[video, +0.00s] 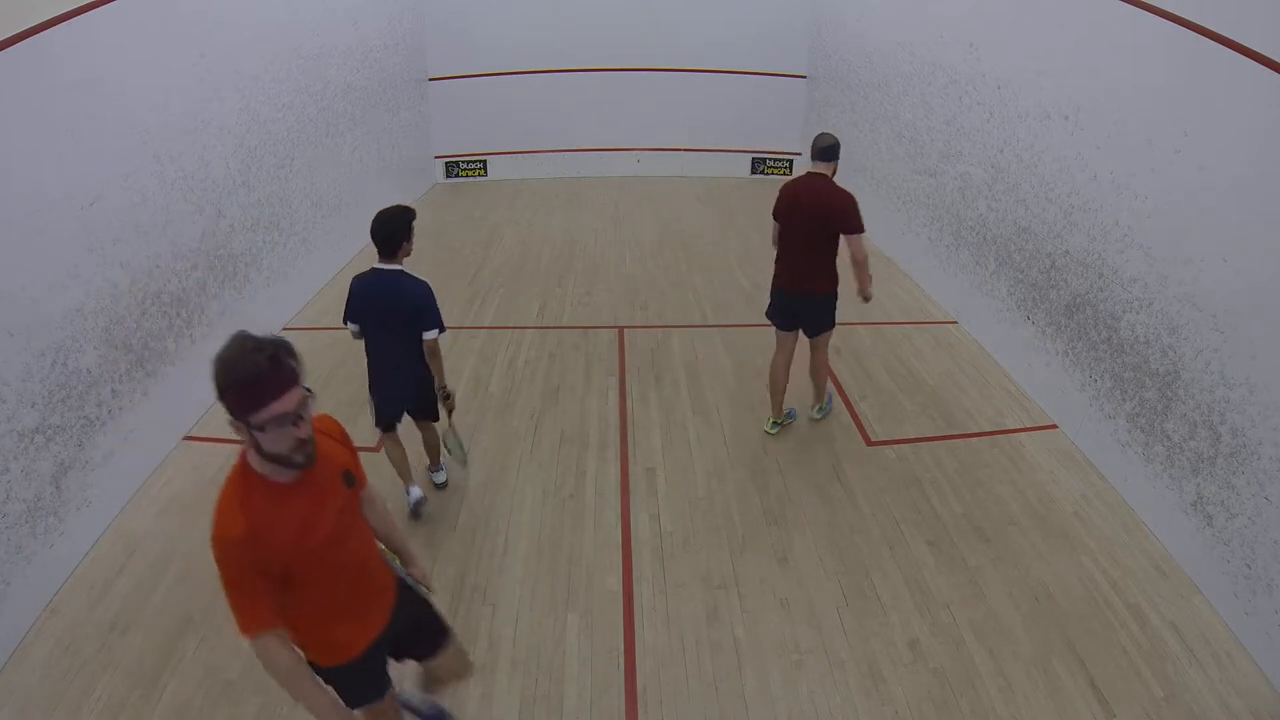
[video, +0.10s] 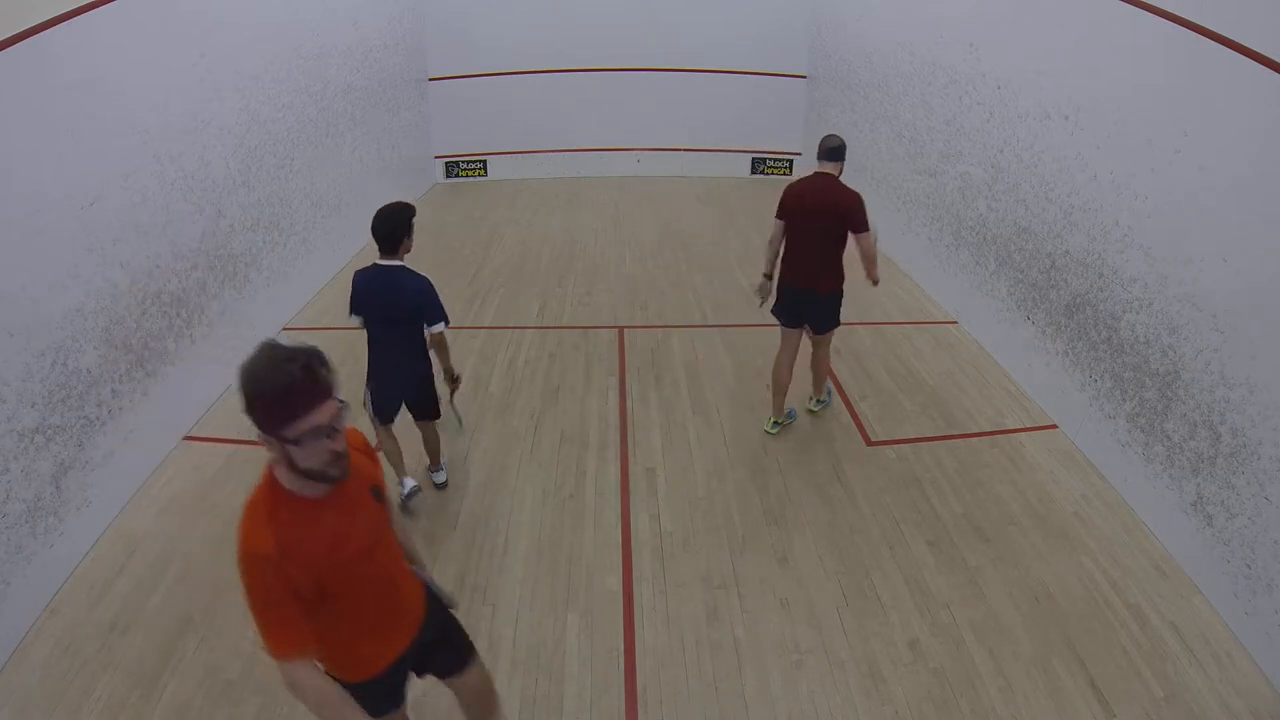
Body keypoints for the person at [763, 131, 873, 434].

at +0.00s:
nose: (832, 163)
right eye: (836, 158)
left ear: (810, 157)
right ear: (837, 160)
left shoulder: (789, 189)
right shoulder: (843, 199)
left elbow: (777, 238)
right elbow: (857, 255)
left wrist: (791, 255)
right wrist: (864, 287)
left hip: (784, 286)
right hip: (821, 290)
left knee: (782, 351)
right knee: (819, 351)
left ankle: (776, 416)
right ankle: (818, 405)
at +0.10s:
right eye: (842, 160)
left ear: (818, 158)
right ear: (843, 161)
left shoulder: (794, 189)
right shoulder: (850, 199)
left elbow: (775, 239)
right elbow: (866, 245)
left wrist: (767, 275)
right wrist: (871, 271)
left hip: (791, 283)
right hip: (827, 288)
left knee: (787, 348)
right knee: (821, 346)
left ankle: (776, 415)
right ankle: (818, 397)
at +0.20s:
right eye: (848, 160)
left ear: (824, 157)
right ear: (850, 161)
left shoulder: (800, 187)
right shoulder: (858, 198)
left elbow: (776, 234)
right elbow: (874, 249)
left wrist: (763, 272)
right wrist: (876, 265)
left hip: (797, 280)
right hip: (832, 286)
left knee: (791, 343)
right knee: (823, 343)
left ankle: (777, 413)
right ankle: (816, 397)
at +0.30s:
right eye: (853, 158)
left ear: (830, 155)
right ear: (856, 159)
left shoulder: (807, 185)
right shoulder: (866, 196)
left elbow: (782, 231)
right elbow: (878, 246)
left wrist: (768, 266)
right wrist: (877, 270)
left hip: (802, 278)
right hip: (837, 284)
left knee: (792, 336)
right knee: (825, 342)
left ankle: (779, 400)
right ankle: (816, 396)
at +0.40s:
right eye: (856, 156)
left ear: (834, 154)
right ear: (859, 157)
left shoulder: (813, 184)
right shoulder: (870, 195)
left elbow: (788, 231)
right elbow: (878, 249)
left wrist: (777, 262)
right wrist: (878, 282)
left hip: (807, 274)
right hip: (842, 281)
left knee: (793, 325)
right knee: (826, 339)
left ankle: (783, 389)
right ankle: (815, 397)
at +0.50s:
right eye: (857, 156)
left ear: (835, 153)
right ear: (861, 157)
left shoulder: (815, 183)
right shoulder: (872, 194)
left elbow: (791, 230)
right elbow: (879, 249)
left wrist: (790, 254)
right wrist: (879, 286)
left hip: (808, 272)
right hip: (843, 279)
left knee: (791, 322)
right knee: (826, 339)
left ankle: (782, 386)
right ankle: (815, 396)